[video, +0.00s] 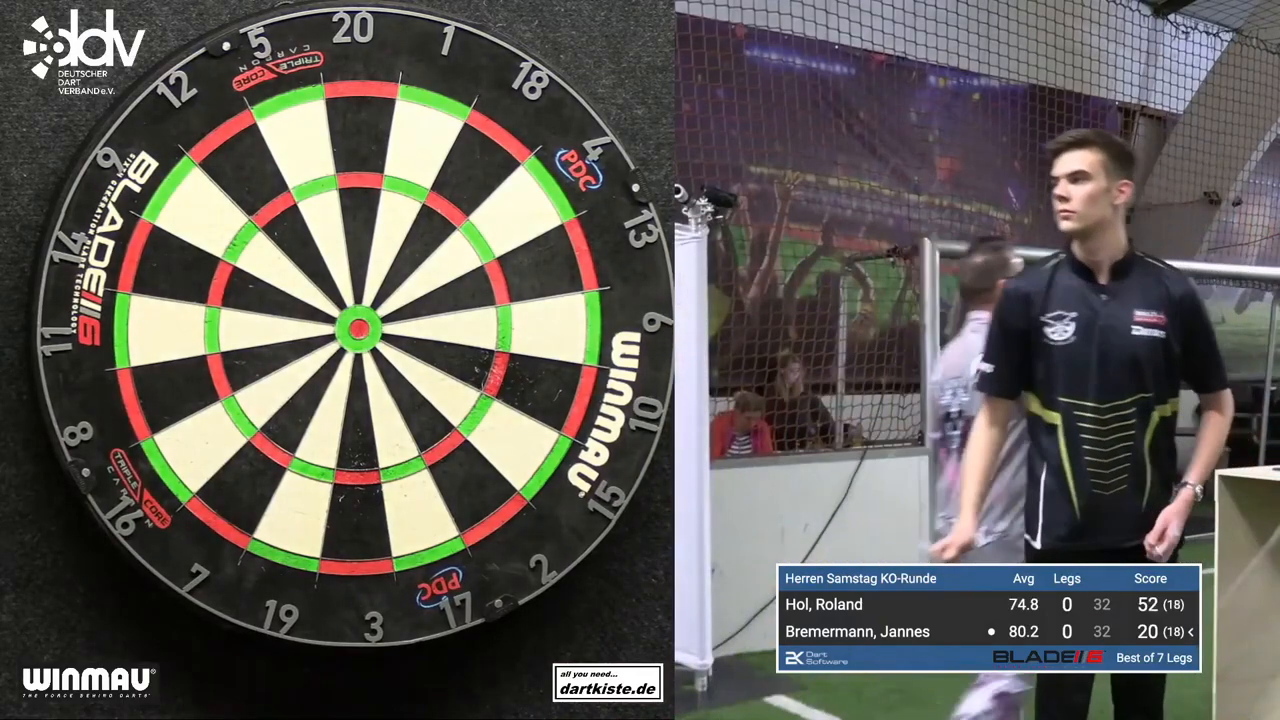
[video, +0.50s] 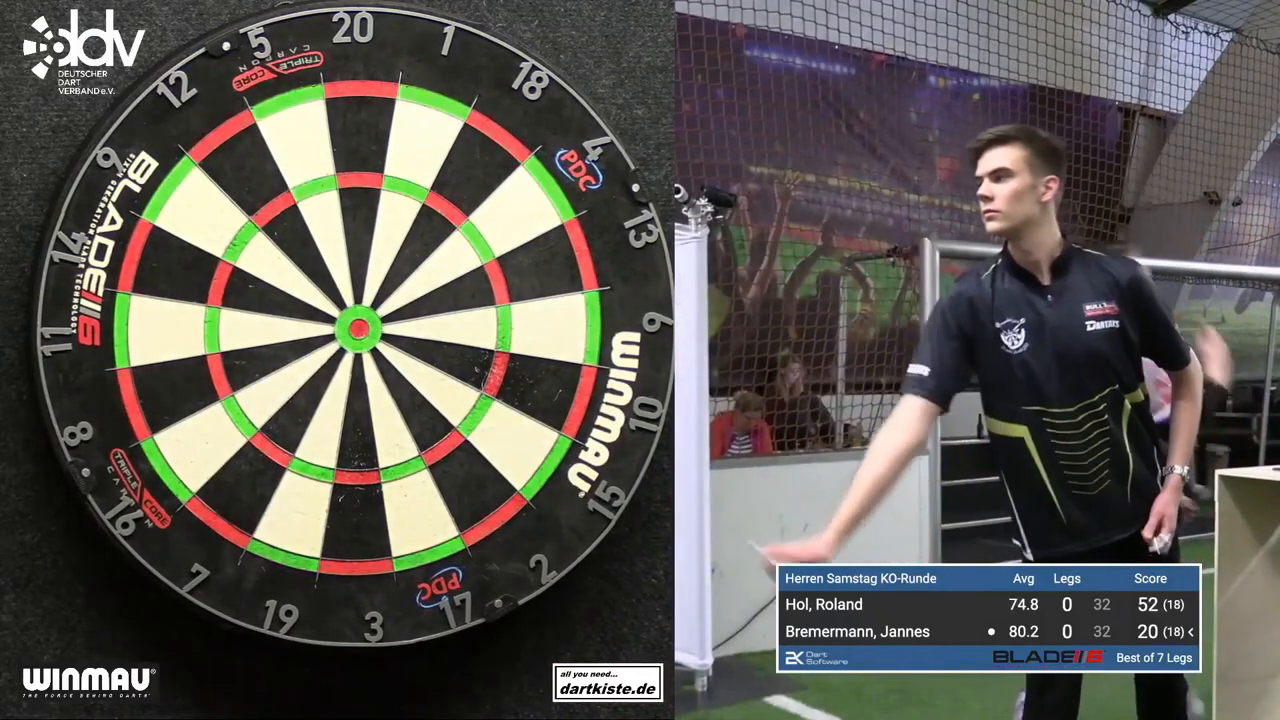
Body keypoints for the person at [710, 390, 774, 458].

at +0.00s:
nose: (752, 424)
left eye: (756, 419)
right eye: (748, 418)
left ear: (761, 417)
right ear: (737, 413)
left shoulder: (762, 427)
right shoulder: (719, 424)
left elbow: (768, 458)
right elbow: (714, 459)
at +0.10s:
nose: (753, 424)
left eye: (756, 419)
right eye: (748, 418)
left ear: (761, 417)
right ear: (737, 413)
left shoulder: (762, 427)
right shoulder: (719, 424)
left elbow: (768, 458)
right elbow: (714, 459)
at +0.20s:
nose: (753, 424)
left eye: (756, 419)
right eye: (748, 418)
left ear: (761, 417)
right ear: (737, 413)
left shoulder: (762, 427)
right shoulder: (719, 424)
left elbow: (768, 458)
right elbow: (714, 459)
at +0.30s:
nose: (753, 423)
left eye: (757, 419)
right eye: (748, 418)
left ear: (761, 416)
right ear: (738, 413)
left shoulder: (762, 427)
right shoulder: (719, 425)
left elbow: (767, 458)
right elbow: (714, 460)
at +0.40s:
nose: (753, 423)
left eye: (757, 419)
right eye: (748, 418)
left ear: (761, 416)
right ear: (738, 413)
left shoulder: (762, 427)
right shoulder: (719, 425)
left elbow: (767, 458)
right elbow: (714, 460)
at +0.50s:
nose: (752, 423)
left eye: (756, 419)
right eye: (748, 418)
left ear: (761, 417)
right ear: (737, 413)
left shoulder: (762, 427)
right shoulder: (719, 425)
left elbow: (767, 457)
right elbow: (714, 459)